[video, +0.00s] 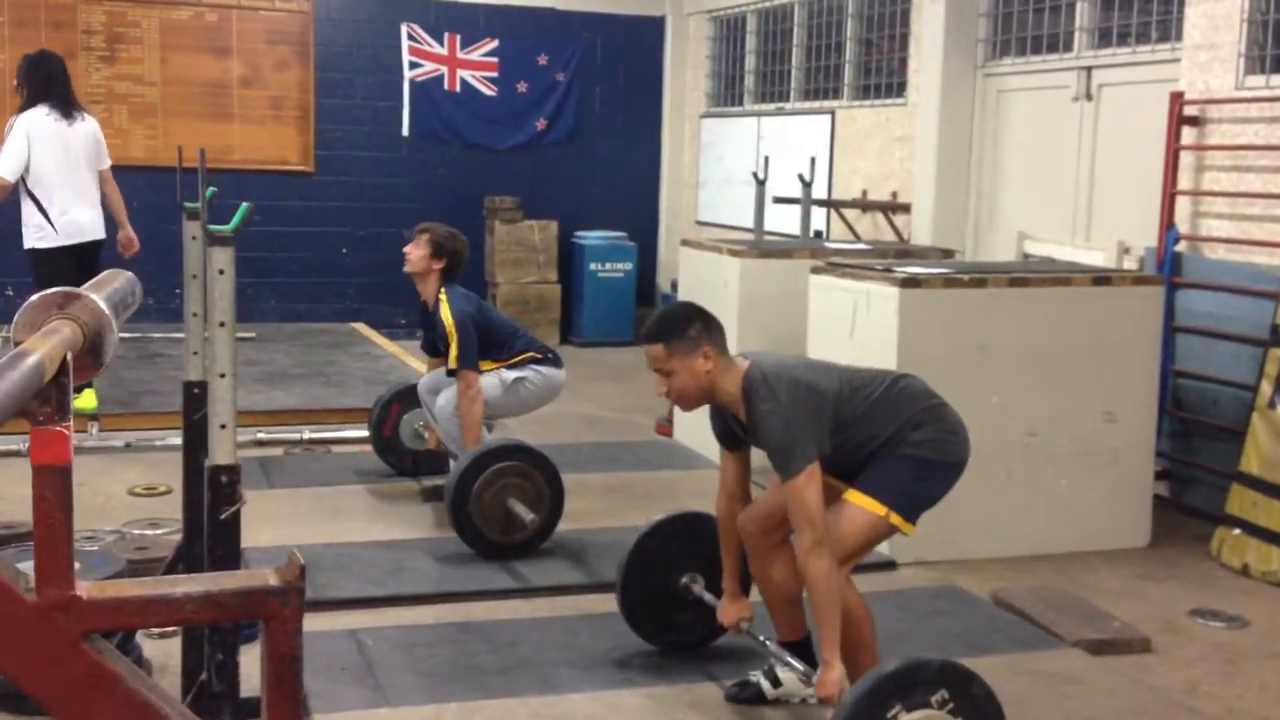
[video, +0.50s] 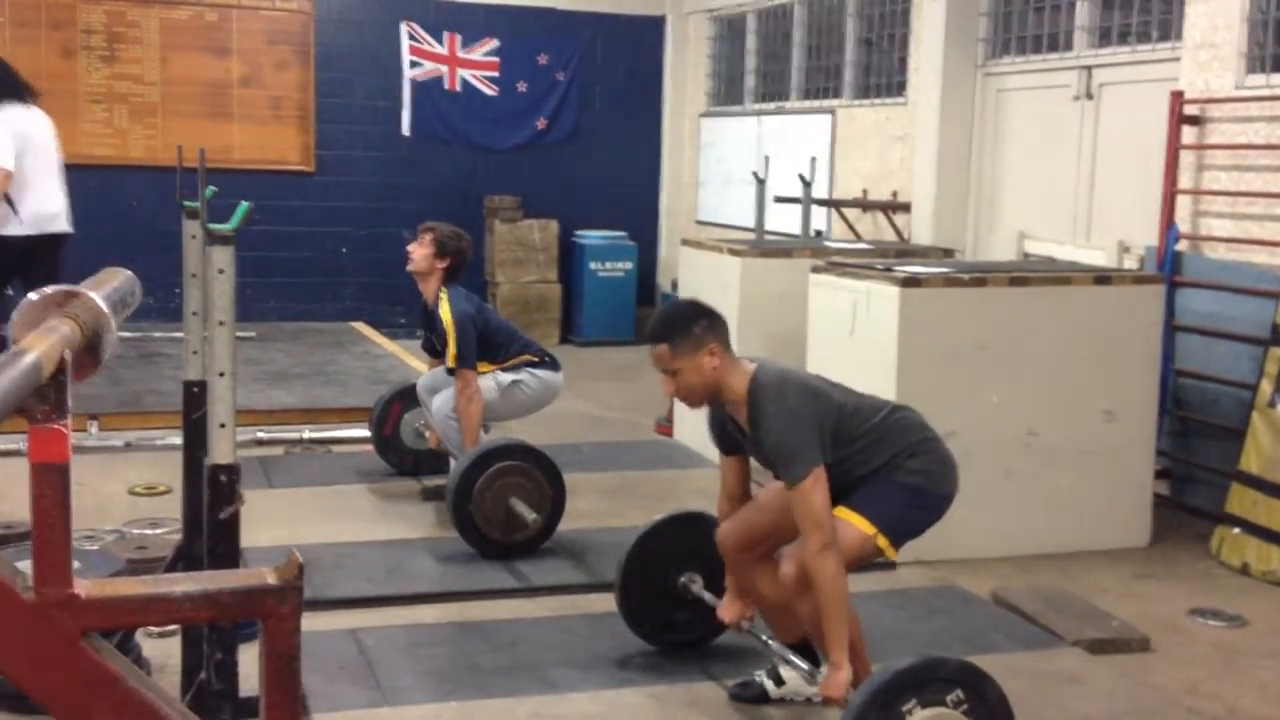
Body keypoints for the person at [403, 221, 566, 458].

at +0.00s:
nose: (405, 249)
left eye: (417, 245)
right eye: (411, 243)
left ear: (438, 263)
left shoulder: (456, 310)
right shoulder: (432, 304)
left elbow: (470, 389)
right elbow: (436, 367)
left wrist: (473, 458)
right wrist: (436, 431)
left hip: (539, 372)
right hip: (513, 369)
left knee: (448, 406)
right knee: (429, 387)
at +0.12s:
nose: (411, 247)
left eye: (423, 243)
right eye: (418, 241)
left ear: (443, 262)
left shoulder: (458, 309)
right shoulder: (434, 305)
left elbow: (472, 389)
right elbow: (438, 368)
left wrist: (474, 458)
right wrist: (436, 434)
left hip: (538, 374)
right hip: (511, 370)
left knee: (448, 407)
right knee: (428, 388)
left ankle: (486, 475)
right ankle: (466, 474)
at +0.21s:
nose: (413, 247)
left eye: (425, 243)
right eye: (419, 240)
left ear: (444, 261)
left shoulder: (457, 308)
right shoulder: (434, 305)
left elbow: (473, 388)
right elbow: (437, 369)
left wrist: (472, 456)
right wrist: (438, 430)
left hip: (538, 374)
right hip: (510, 370)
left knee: (449, 408)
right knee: (429, 388)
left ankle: (490, 480)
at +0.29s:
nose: (412, 247)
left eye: (424, 243)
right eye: (418, 241)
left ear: (444, 262)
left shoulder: (457, 308)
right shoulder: (434, 305)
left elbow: (471, 387)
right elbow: (437, 368)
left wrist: (473, 458)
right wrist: (437, 436)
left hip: (537, 375)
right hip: (511, 371)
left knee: (447, 408)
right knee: (429, 387)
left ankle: (486, 476)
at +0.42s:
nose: (410, 248)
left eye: (423, 244)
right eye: (417, 241)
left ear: (442, 263)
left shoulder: (456, 310)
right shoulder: (433, 306)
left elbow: (469, 388)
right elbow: (437, 368)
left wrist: (472, 456)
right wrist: (437, 430)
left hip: (536, 375)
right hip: (509, 370)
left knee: (445, 409)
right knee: (428, 387)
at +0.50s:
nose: (409, 248)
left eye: (421, 243)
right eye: (415, 241)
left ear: (441, 262)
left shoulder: (456, 310)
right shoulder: (432, 305)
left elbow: (468, 388)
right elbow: (436, 367)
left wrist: (472, 456)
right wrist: (437, 430)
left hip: (536, 375)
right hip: (509, 370)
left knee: (444, 408)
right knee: (428, 386)